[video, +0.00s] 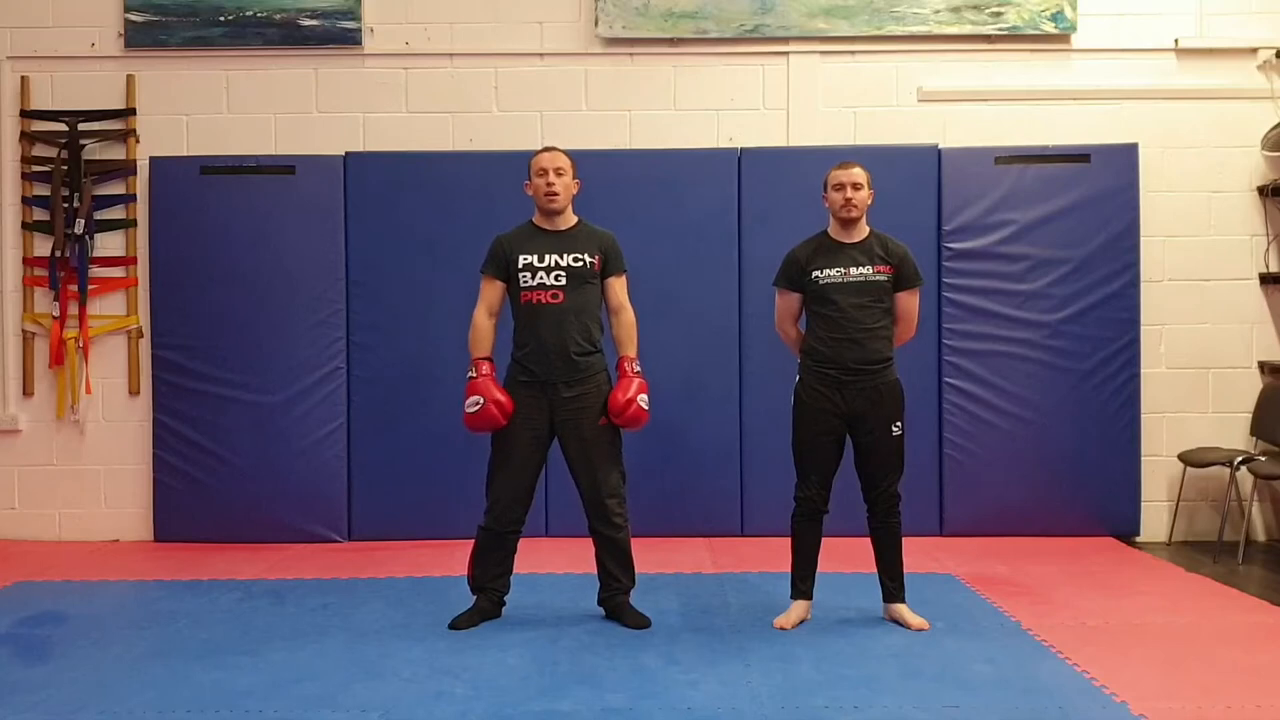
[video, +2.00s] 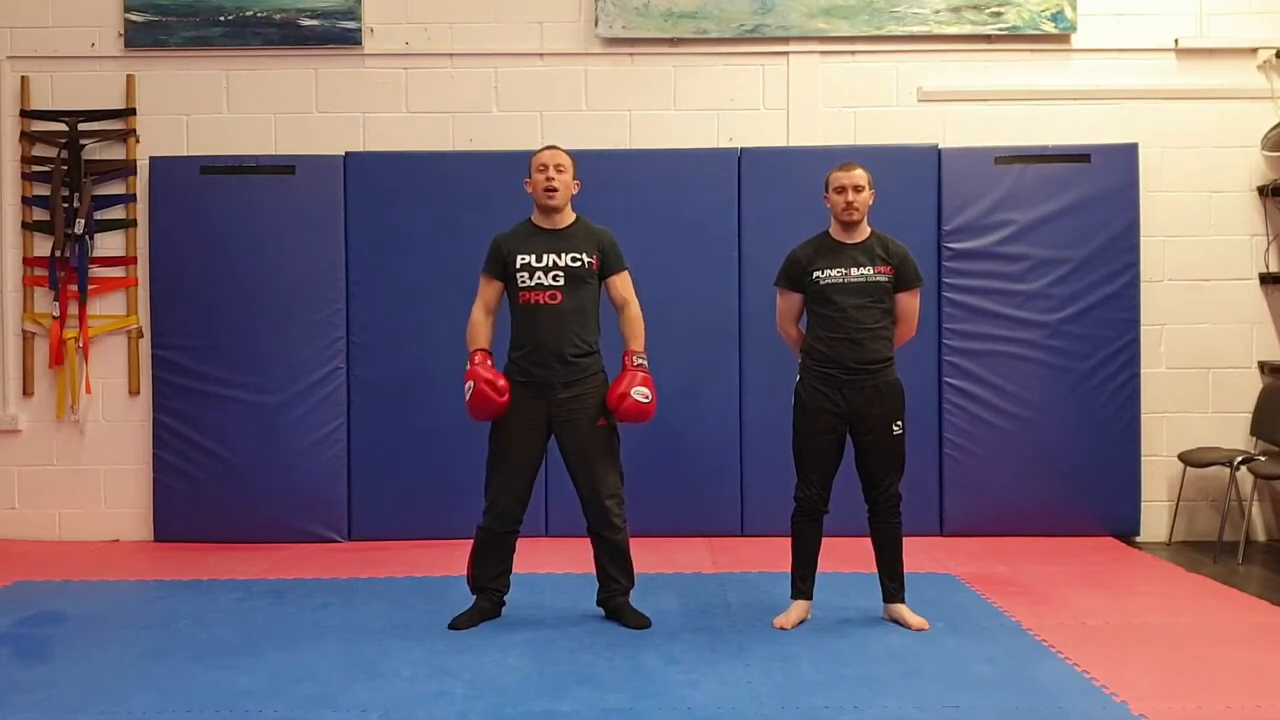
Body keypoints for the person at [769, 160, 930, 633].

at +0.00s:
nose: (848, 195)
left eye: (856, 187)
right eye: (839, 188)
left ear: (870, 196)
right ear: (826, 197)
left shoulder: (895, 255)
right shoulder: (802, 258)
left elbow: (906, 328)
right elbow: (785, 325)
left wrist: (863, 352)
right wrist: (820, 357)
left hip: (878, 393)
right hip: (818, 394)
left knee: (885, 500)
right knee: (809, 497)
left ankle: (894, 600)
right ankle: (801, 598)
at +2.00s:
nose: (849, 197)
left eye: (857, 189)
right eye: (839, 190)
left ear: (871, 196)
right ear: (827, 198)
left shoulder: (896, 256)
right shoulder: (803, 258)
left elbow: (907, 327)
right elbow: (787, 325)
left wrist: (865, 353)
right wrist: (822, 357)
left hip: (878, 392)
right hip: (819, 393)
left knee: (885, 499)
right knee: (810, 497)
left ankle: (894, 600)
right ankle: (801, 598)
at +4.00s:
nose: (847, 200)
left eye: (855, 191)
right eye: (838, 193)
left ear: (870, 197)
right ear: (826, 200)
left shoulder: (895, 257)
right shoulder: (803, 258)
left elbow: (906, 329)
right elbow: (786, 326)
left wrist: (864, 353)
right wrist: (821, 357)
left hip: (877, 391)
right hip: (818, 392)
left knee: (885, 498)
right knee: (809, 497)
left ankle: (894, 601)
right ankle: (801, 598)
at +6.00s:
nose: (847, 199)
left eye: (855, 190)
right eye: (838, 191)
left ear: (872, 196)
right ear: (827, 198)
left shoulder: (897, 256)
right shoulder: (805, 258)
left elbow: (908, 327)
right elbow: (787, 325)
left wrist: (866, 353)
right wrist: (822, 357)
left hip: (879, 392)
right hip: (820, 392)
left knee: (886, 499)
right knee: (810, 497)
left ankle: (894, 601)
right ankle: (801, 599)